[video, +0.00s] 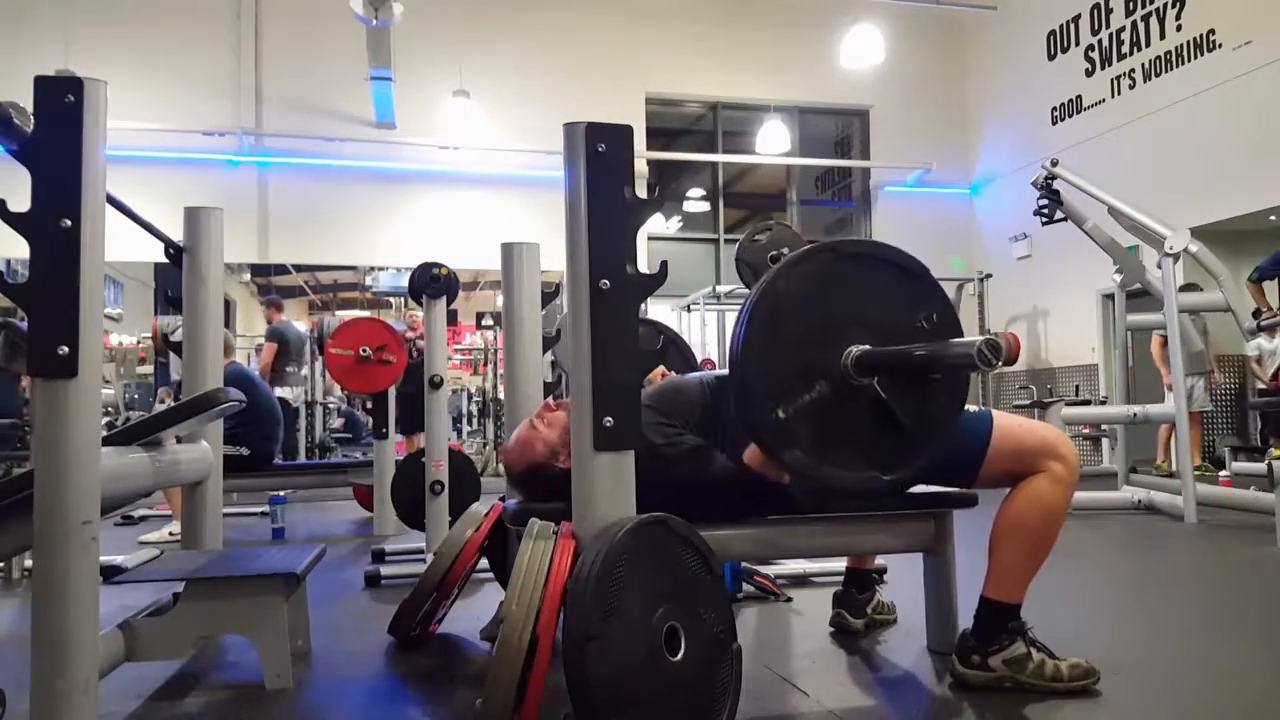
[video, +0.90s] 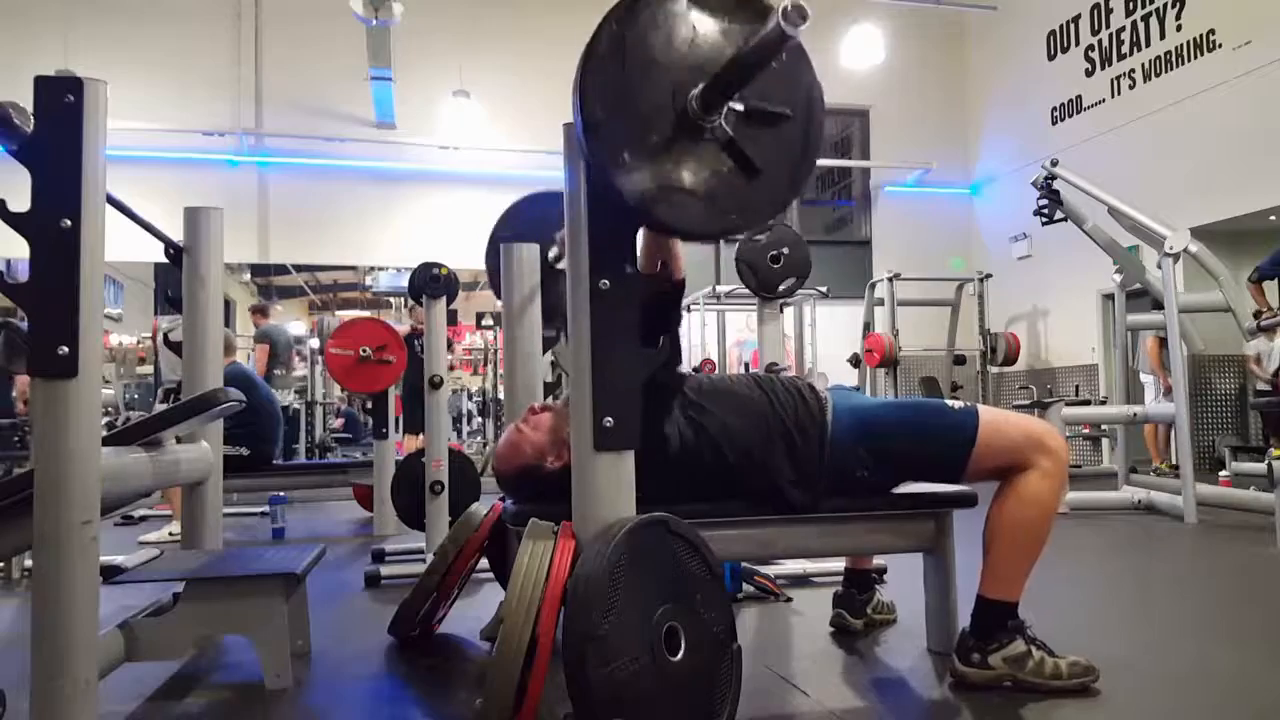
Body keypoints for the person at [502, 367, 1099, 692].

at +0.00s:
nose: (544, 409)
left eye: (533, 415)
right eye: (537, 427)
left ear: (554, 437)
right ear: (556, 459)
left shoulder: (614, 427)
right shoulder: (629, 442)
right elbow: (763, 468)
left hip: (802, 438)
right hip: (828, 451)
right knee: (1053, 455)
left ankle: (856, 595)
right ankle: (993, 639)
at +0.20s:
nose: (545, 408)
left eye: (534, 415)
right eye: (538, 426)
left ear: (554, 437)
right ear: (556, 458)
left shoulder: (615, 426)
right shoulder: (629, 445)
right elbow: (762, 464)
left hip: (805, 432)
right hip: (837, 437)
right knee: (1053, 455)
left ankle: (856, 595)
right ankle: (993, 639)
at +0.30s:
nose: (542, 407)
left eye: (531, 416)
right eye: (536, 424)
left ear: (550, 436)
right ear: (553, 453)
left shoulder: (612, 420)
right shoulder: (621, 450)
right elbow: (746, 451)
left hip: (799, 424)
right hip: (832, 433)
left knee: (890, 446)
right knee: (1052, 455)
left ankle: (855, 597)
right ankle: (993, 640)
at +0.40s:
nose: (531, 423)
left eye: (523, 425)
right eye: (526, 433)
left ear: (538, 438)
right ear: (545, 458)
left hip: (758, 436)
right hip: (813, 437)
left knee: (890, 423)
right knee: (1051, 454)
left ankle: (858, 594)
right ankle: (992, 644)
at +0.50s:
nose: (534, 408)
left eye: (522, 414)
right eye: (529, 425)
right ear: (549, 459)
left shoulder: (606, 427)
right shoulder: (601, 453)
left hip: (773, 435)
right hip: (823, 435)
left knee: (887, 440)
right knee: (1046, 452)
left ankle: (859, 590)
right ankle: (993, 640)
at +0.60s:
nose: (531, 418)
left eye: (520, 421)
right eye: (526, 432)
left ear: (543, 449)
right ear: (550, 461)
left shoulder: (587, 441)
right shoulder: (614, 457)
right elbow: (692, 389)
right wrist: (702, 268)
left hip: (794, 424)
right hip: (827, 429)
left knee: (914, 429)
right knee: (1046, 449)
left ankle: (861, 594)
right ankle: (991, 642)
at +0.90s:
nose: (541, 411)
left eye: (530, 414)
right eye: (530, 427)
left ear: (551, 448)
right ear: (546, 467)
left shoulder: (603, 434)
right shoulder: (611, 444)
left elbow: (646, 316)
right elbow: (650, 309)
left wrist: (662, 192)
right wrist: (664, 188)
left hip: (808, 423)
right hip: (830, 434)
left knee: (912, 436)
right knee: (1043, 449)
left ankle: (857, 594)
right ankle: (992, 639)